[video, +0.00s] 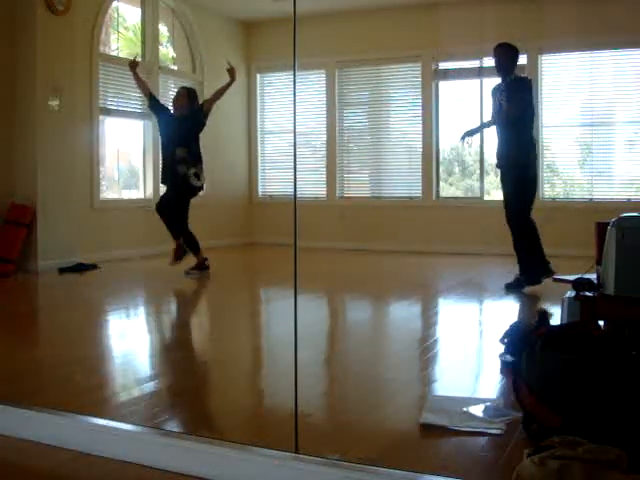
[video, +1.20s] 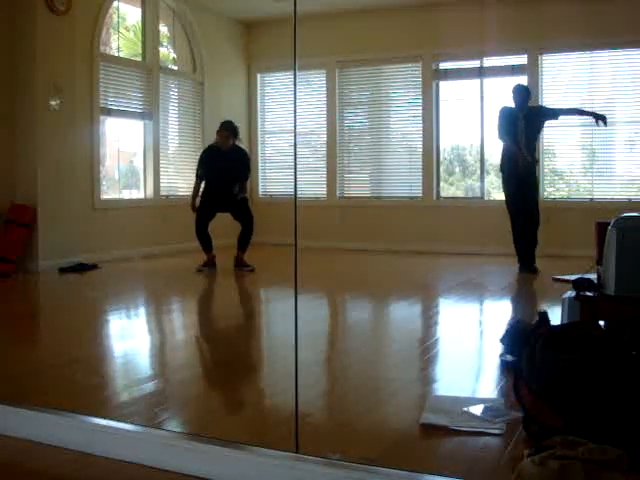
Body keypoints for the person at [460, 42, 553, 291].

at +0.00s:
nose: (497, 63)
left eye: (501, 58)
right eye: (496, 58)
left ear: (511, 60)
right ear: (496, 61)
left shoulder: (522, 85)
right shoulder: (499, 90)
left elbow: (515, 118)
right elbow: (496, 120)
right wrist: (473, 131)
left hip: (523, 160)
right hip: (508, 161)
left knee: (519, 216)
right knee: (515, 216)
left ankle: (533, 271)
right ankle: (535, 268)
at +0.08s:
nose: (503, 63)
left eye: (507, 58)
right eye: (500, 58)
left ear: (518, 59)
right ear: (498, 60)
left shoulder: (527, 84)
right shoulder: (497, 89)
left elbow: (524, 120)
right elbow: (503, 120)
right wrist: (484, 134)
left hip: (526, 160)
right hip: (508, 161)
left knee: (524, 213)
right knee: (515, 216)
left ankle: (548, 262)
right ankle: (526, 269)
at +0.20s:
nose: (511, 65)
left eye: (515, 60)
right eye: (508, 60)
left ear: (526, 62)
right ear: (506, 63)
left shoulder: (537, 88)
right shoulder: (500, 92)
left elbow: (539, 125)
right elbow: (502, 122)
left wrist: (519, 146)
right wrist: (502, 156)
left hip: (534, 164)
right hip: (510, 165)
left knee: (541, 212)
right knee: (514, 221)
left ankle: (564, 252)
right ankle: (517, 272)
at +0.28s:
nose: (525, 86)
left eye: (529, 82)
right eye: (522, 82)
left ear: (537, 82)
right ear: (516, 82)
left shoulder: (548, 108)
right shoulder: (506, 109)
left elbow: (562, 143)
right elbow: (499, 143)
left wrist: (561, 173)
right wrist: (498, 171)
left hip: (545, 176)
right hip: (517, 178)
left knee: (558, 223)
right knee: (516, 229)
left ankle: (568, 265)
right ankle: (518, 276)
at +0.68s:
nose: (541, 89)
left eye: (544, 85)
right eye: (537, 84)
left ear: (550, 86)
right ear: (531, 86)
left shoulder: (558, 109)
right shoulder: (523, 106)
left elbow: (573, 133)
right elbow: (518, 137)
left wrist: (583, 156)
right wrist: (526, 159)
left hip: (552, 172)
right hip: (530, 171)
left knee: (556, 219)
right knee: (532, 217)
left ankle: (563, 264)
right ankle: (525, 256)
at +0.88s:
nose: (532, 101)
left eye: (535, 97)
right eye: (528, 97)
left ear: (540, 99)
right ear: (524, 99)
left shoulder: (546, 123)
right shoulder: (515, 122)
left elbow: (568, 137)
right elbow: (513, 149)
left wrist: (579, 119)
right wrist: (523, 165)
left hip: (548, 179)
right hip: (526, 179)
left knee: (558, 224)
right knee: (528, 225)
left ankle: (567, 266)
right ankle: (528, 264)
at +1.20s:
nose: (518, 98)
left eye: (521, 95)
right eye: (516, 95)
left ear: (528, 97)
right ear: (512, 97)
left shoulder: (537, 113)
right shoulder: (506, 112)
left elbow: (567, 112)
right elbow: (503, 137)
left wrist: (593, 115)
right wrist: (520, 154)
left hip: (529, 172)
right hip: (510, 172)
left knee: (531, 216)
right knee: (516, 216)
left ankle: (529, 262)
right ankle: (522, 262)